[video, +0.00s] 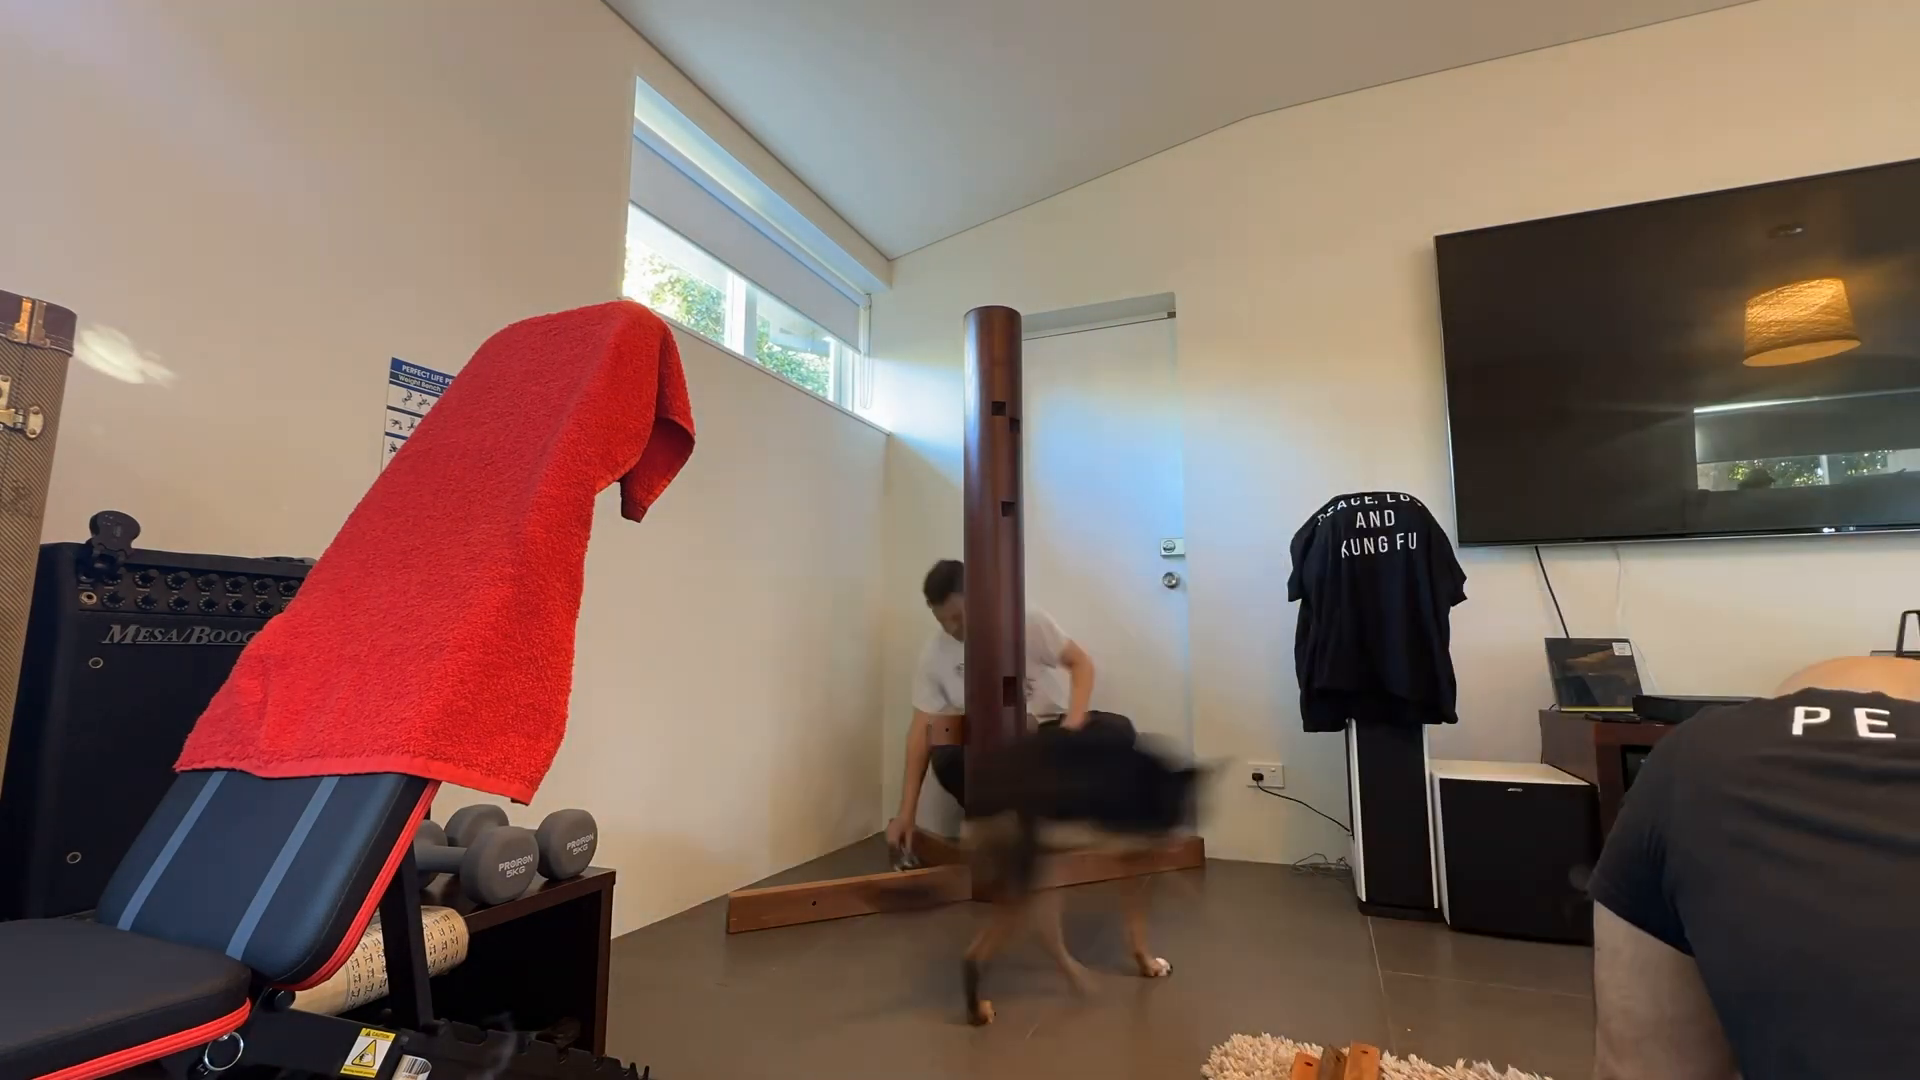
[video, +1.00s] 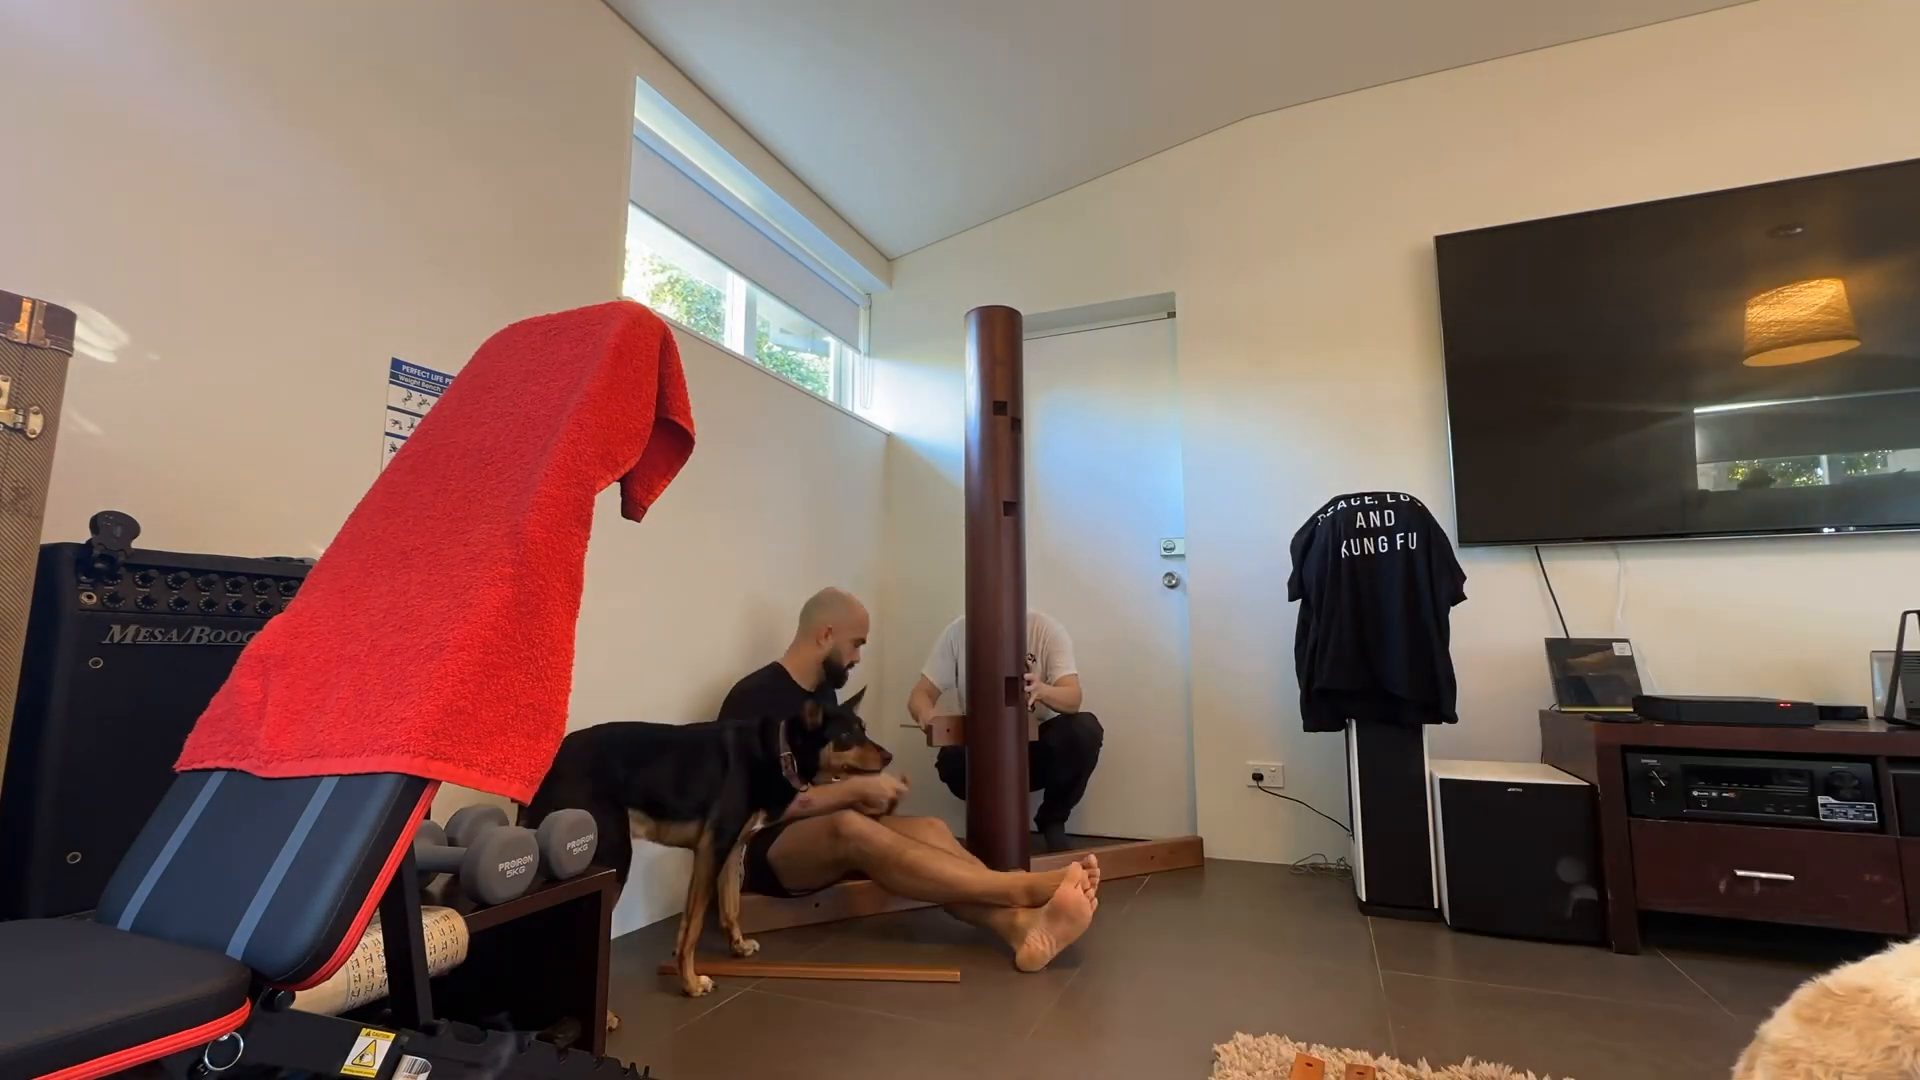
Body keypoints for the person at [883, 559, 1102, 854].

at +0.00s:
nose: (952, 628)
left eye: (958, 617)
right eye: (943, 621)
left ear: (977, 604)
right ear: (935, 616)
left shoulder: (1027, 624)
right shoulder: (939, 654)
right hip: (990, 742)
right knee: (947, 759)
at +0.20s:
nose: (1021, 622)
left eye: (1029, 614)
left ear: (1042, 600)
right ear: (996, 603)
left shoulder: (1056, 635)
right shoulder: (968, 626)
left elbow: (1072, 703)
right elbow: (942, 696)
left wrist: (1043, 691)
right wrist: (980, 711)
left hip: (1033, 748)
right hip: (980, 748)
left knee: (1083, 732)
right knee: (925, 768)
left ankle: (1049, 821)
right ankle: (993, 813)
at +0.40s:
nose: (1020, 621)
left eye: (1028, 613)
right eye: (1013, 613)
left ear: (1040, 602)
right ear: (994, 602)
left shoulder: (1054, 634)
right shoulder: (965, 627)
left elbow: (1072, 703)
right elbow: (947, 698)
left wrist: (1043, 691)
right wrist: (987, 707)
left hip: (1033, 748)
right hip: (980, 748)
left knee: (1083, 732)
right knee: (924, 767)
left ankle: (1049, 819)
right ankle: (995, 814)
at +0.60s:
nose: (1019, 622)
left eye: (1028, 614)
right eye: (1011, 613)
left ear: (1041, 601)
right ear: (993, 603)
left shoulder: (1054, 632)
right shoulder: (966, 626)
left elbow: (1072, 701)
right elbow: (945, 696)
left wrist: (1042, 691)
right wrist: (976, 715)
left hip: (1036, 734)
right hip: (984, 734)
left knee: (1084, 726)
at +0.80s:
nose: (996, 594)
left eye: (1005, 584)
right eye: (989, 584)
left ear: (1021, 589)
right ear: (977, 588)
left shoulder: (1048, 632)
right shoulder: (958, 632)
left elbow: (1073, 702)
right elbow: (923, 695)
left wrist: (1042, 691)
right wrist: (936, 728)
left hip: (1033, 747)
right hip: (977, 747)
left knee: (1084, 728)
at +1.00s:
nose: (996, 590)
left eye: (1005, 580)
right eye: (988, 581)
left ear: (1019, 581)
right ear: (976, 583)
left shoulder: (1047, 632)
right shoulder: (958, 633)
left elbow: (1073, 699)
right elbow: (920, 696)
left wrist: (1043, 690)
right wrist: (932, 721)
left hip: (1035, 750)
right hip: (981, 753)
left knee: (1083, 729)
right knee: (952, 762)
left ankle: (1052, 820)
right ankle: (996, 829)